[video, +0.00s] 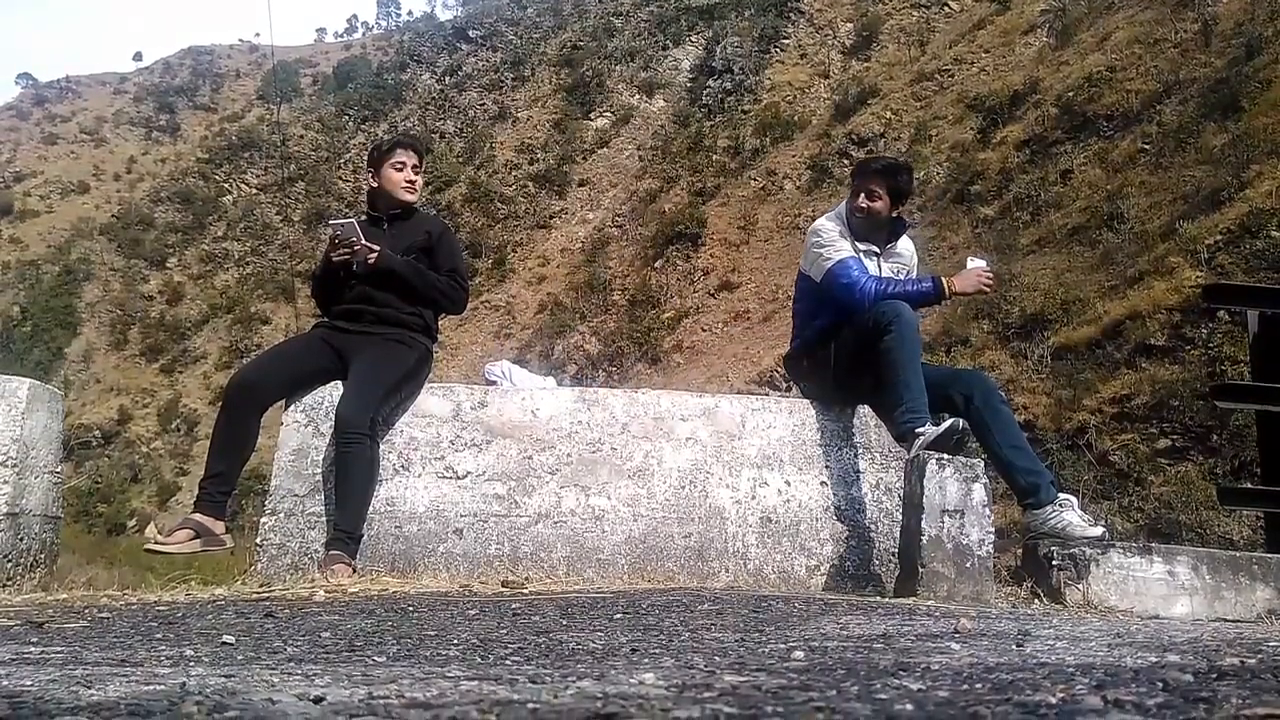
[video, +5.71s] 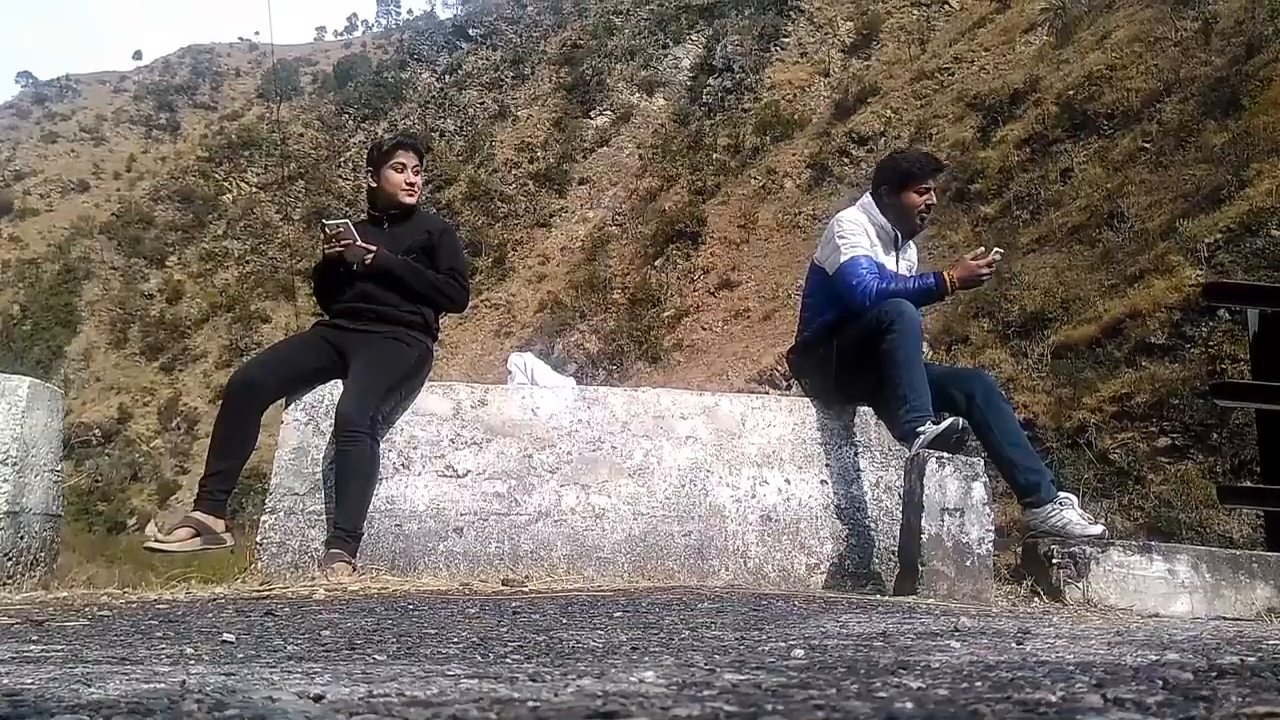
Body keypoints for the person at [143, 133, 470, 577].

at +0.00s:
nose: (412, 176)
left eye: (418, 170)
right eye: (401, 167)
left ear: (422, 180)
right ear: (374, 177)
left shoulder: (433, 229)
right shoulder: (350, 228)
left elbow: (456, 298)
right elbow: (325, 300)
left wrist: (388, 261)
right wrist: (332, 264)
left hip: (397, 342)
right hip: (337, 334)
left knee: (354, 421)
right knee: (247, 387)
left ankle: (340, 556)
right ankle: (209, 519)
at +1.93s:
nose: (372, 196)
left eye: (382, 186)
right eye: (366, 188)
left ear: (410, 184)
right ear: (360, 188)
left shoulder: (434, 232)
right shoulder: (355, 230)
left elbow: (455, 301)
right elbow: (331, 301)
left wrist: (383, 261)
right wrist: (330, 263)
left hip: (397, 344)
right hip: (336, 336)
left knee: (353, 423)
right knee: (247, 387)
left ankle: (341, 558)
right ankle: (208, 521)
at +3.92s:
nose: (375, 197)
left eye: (383, 186)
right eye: (367, 190)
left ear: (410, 179)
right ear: (361, 190)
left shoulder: (437, 231)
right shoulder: (358, 228)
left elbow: (457, 298)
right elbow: (333, 299)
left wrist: (381, 259)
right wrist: (334, 255)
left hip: (397, 343)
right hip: (337, 335)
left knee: (353, 420)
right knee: (247, 386)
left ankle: (341, 556)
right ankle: (208, 519)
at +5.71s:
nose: (412, 178)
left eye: (418, 170)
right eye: (400, 169)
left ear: (423, 179)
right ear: (375, 177)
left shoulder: (435, 229)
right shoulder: (352, 229)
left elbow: (457, 296)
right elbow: (327, 298)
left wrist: (382, 259)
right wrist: (331, 261)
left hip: (397, 340)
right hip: (337, 332)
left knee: (354, 420)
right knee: (247, 385)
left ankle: (341, 555)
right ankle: (209, 517)